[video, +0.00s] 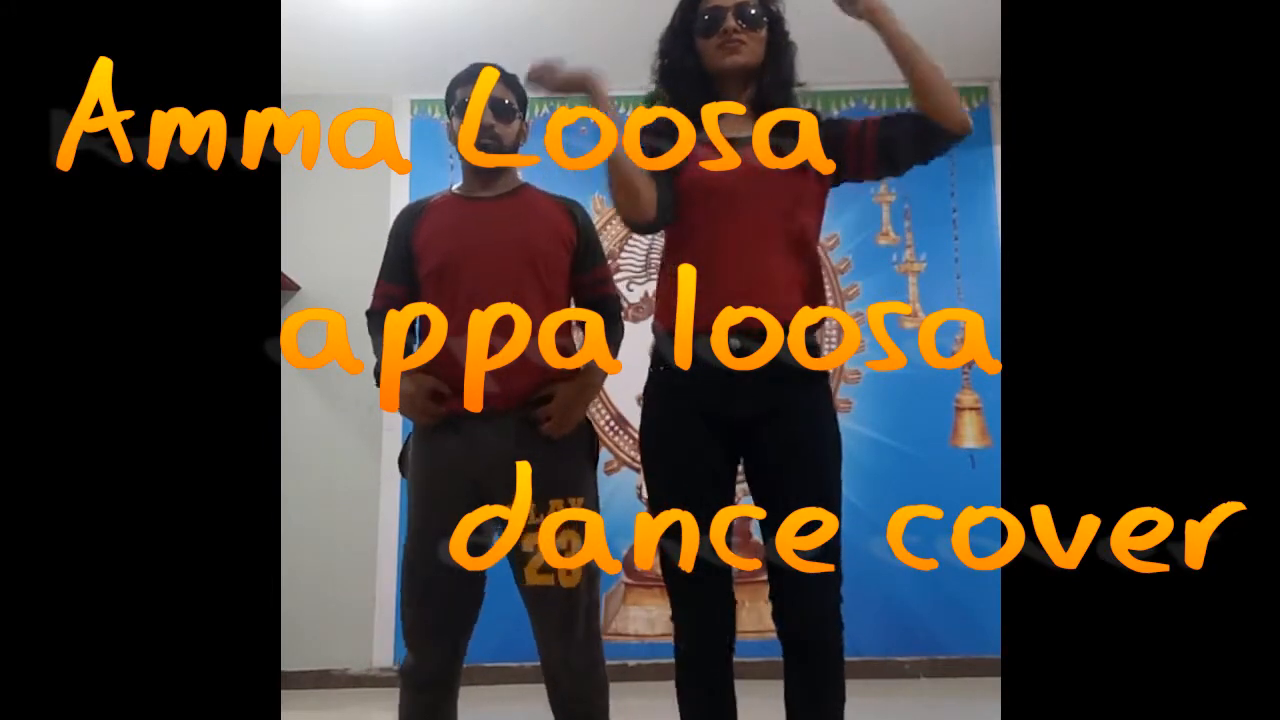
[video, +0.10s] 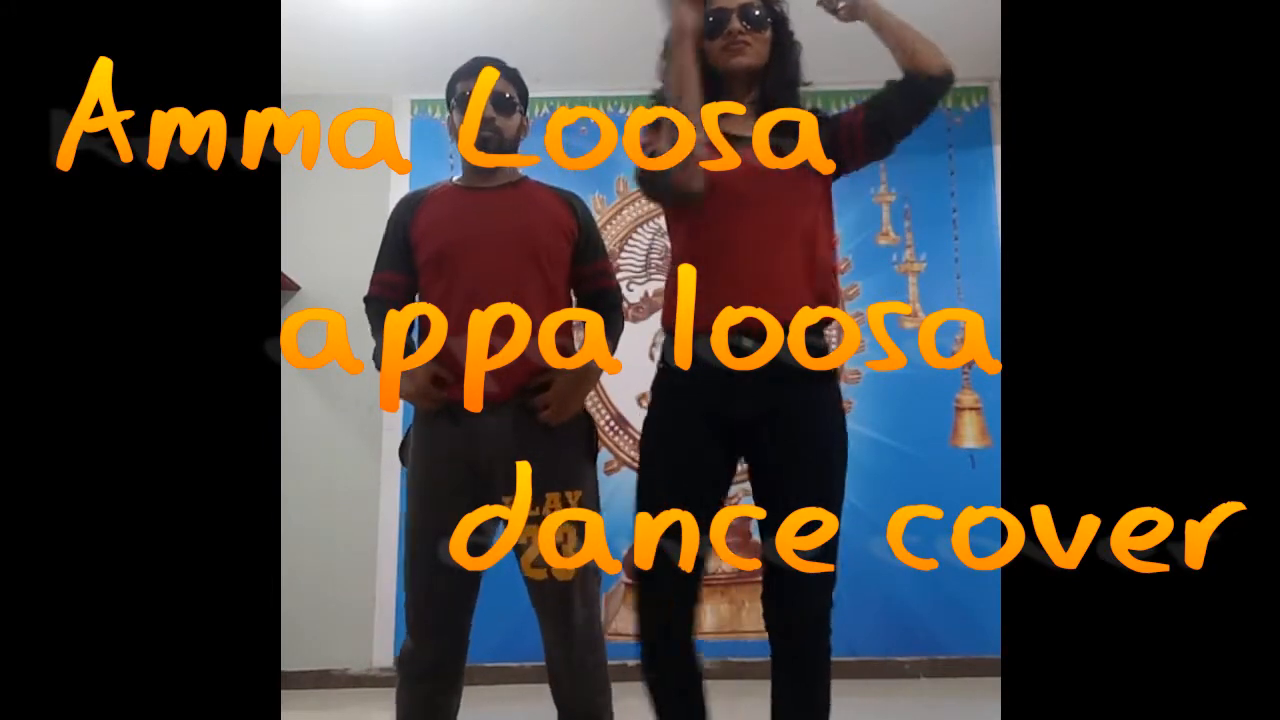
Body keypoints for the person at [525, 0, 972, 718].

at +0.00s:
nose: (732, 27)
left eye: (749, 16)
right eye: (712, 18)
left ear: (773, 39)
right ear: (687, 44)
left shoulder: (810, 135)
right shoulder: (666, 130)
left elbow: (949, 121)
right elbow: (639, 211)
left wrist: (880, 17)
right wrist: (600, 107)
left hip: (792, 388)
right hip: (686, 389)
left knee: (810, 602)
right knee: (698, 608)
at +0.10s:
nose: (737, 30)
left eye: (754, 18)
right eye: (718, 21)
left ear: (779, 39)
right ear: (696, 48)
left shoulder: (813, 135)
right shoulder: (669, 129)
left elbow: (932, 74)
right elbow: (678, 182)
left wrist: (867, 9)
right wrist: (680, 44)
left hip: (800, 390)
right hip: (692, 389)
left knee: (802, 598)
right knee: (662, 593)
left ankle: (802, 718)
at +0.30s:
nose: (745, 36)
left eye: (758, 22)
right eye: (721, 28)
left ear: (781, 42)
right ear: (698, 55)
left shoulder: (807, 142)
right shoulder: (676, 129)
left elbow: (891, 86)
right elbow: (770, 131)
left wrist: (818, 20)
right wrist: (795, 31)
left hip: (807, 387)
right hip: (702, 387)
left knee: (804, 605)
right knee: (647, 594)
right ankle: (593, 719)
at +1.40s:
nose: (758, 27)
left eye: (773, 14)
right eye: (737, 18)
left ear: (795, 33)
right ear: (715, 43)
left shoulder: (815, 128)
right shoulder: (712, 123)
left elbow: (904, 141)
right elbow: (835, 168)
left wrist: (844, 43)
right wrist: (902, 59)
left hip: (773, 373)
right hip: (685, 360)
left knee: (783, 597)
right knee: (625, 581)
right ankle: (581, 715)